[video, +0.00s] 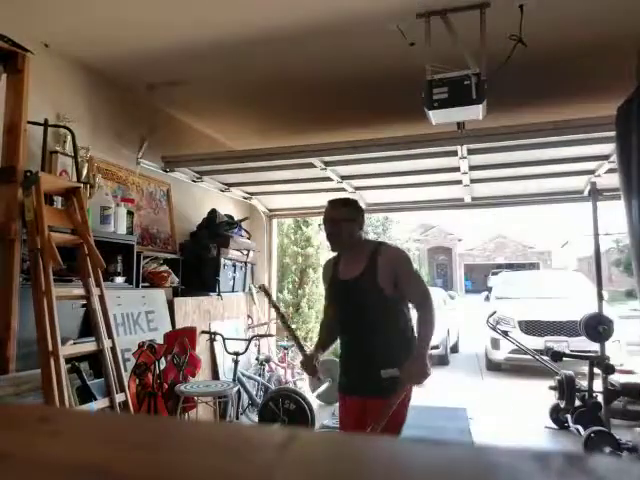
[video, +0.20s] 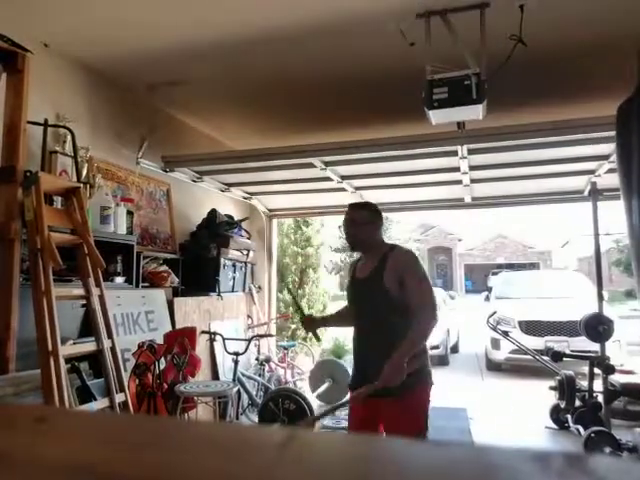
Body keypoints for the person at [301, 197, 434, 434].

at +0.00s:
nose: (329, 230)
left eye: (337, 223)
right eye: (326, 224)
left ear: (358, 225)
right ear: (323, 226)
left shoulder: (390, 258)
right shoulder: (332, 268)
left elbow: (424, 304)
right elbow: (332, 318)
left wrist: (420, 355)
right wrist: (317, 352)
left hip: (389, 374)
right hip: (351, 373)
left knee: (377, 458)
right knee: (350, 456)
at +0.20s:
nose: (348, 231)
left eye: (355, 225)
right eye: (346, 225)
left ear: (375, 226)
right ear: (344, 228)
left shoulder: (402, 260)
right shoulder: (356, 269)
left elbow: (427, 315)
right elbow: (356, 313)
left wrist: (399, 359)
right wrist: (321, 322)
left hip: (405, 381)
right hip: (364, 379)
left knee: (405, 460)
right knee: (359, 460)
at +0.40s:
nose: (377, 231)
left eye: (385, 226)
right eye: (376, 226)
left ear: (403, 229)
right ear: (373, 229)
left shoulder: (424, 264)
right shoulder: (380, 269)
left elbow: (426, 321)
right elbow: (362, 308)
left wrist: (379, 338)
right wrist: (339, 278)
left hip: (424, 378)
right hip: (386, 377)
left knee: (426, 456)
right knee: (378, 454)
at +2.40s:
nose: (364, 236)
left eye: (370, 230)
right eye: (362, 230)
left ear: (388, 233)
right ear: (359, 232)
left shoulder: (406, 266)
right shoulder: (361, 268)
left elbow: (391, 309)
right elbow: (339, 298)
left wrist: (346, 307)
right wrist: (332, 271)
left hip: (408, 372)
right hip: (367, 370)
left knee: (416, 449)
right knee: (356, 448)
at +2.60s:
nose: (354, 237)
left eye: (361, 231)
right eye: (352, 230)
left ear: (377, 232)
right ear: (349, 231)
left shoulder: (392, 262)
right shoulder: (354, 265)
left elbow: (377, 307)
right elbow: (328, 293)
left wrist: (334, 307)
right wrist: (321, 264)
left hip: (392, 369)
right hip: (355, 367)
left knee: (396, 446)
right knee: (348, 446)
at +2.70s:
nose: (354, 236)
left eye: (362, 230)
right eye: (351, 228)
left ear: (378, 232)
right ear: (348, 227)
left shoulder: (392, 260)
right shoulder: (345, 257)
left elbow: (380, 307)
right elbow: (311, 283)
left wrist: (331, 302)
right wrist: (315, 251)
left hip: (382, 349)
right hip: (347, 348)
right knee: (343, 419)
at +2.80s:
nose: (354, 237)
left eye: (362, 232)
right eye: (352, 229)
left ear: (377, 234)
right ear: (347, 229)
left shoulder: (392, 264)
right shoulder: (343, 257)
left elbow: (379, 311)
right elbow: (309, 284)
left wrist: (328, 304)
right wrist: (315, 250)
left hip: (382, 343)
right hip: (344, 341)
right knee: (339, 403)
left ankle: (348, 427)